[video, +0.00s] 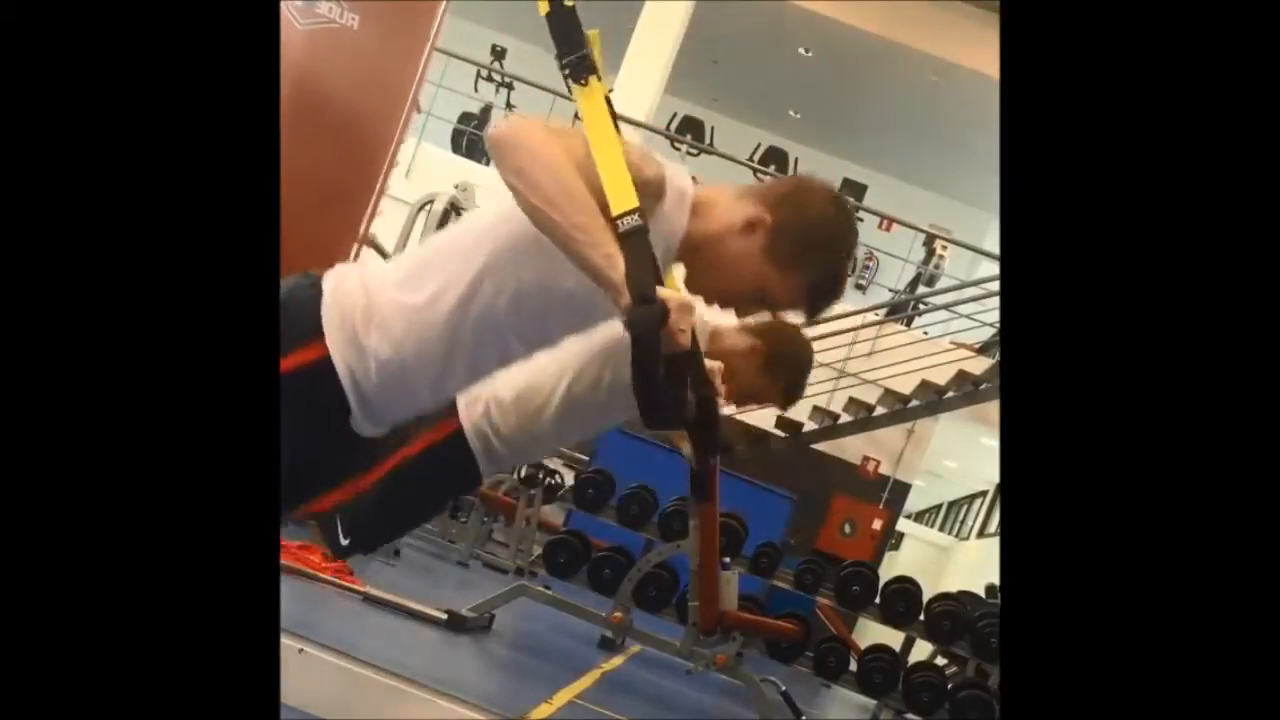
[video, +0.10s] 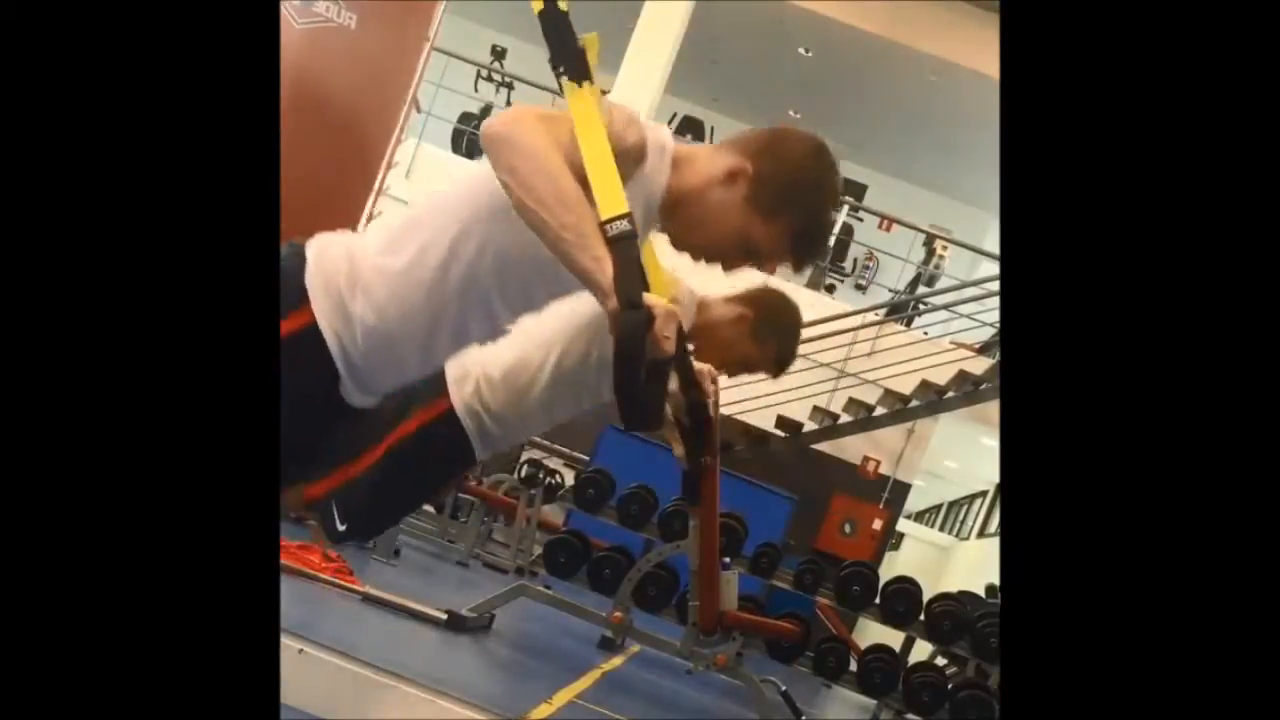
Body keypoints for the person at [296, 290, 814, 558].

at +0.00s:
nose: (732, 396)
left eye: (743, 397)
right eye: (743, 384)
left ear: (750, 369)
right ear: (744, 340)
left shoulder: (686, 380)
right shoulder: (675, 318)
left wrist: (707, 424)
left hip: (496, 441)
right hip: (478, 413)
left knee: (360, 519)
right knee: (345, 516)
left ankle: (335, 540)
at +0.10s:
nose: (734, 369)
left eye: (747, 367)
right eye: (747, 358)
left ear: (739, 317)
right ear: (741, 315)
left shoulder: (677, 337)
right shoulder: (662, 296)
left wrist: (683, 409)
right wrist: (675, 389)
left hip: (483, 428)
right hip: (464, 400)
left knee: (349, 517)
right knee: (327, 506)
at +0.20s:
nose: (726, 343)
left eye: (741, 342)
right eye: (739, 333)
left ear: (729, 288)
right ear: (729, 288)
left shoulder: (663, 313)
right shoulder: (647, 276)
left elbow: (643, 400)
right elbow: (624, 414)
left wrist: (674, 417)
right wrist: (656, 382)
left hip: (467, 406)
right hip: (448, 383)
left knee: (341, 516)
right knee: (314, 499)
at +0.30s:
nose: (715, 323)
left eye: (729, 322)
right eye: (728, 314)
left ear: (717, 263)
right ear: (718, 270)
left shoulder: (651, 281)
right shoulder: (635, 258)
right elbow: (616, 406)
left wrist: (673, 389)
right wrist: (663, 398)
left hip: (453, 391)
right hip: (432, 369)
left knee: (333, 508)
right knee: (305, 489)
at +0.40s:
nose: (702, 302)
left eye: (716, 300)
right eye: (716, 292)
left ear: (703, 244)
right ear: (705, 246)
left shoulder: (633, 269)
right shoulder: (621, 231)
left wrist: (675, 397)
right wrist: (674, 393)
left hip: (447, 384)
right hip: (425, 360)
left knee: (327, 501)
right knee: (300, 487)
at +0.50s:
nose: (695, 284)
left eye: (708, 280)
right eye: (707, 272)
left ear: (691, 226)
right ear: (692, 226)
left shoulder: (627, 261)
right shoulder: (611, 225)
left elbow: (637, 353)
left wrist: (677, 388)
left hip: (444, 377)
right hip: (420, 351)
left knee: (318, 493)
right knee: (293, 474)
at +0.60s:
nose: (692, 271)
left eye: (704, 266)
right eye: (703, 258)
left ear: (684, 211)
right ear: (687, 212)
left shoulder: (626, 251)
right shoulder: (606, 212)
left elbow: (644, 343)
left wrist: (679, 391)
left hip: (445, 372)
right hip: (421, 345)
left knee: (323, 490)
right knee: (296, 470)